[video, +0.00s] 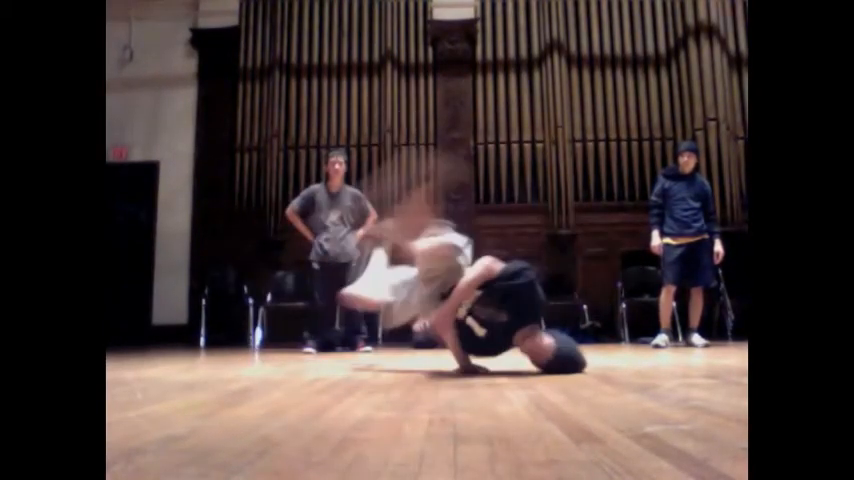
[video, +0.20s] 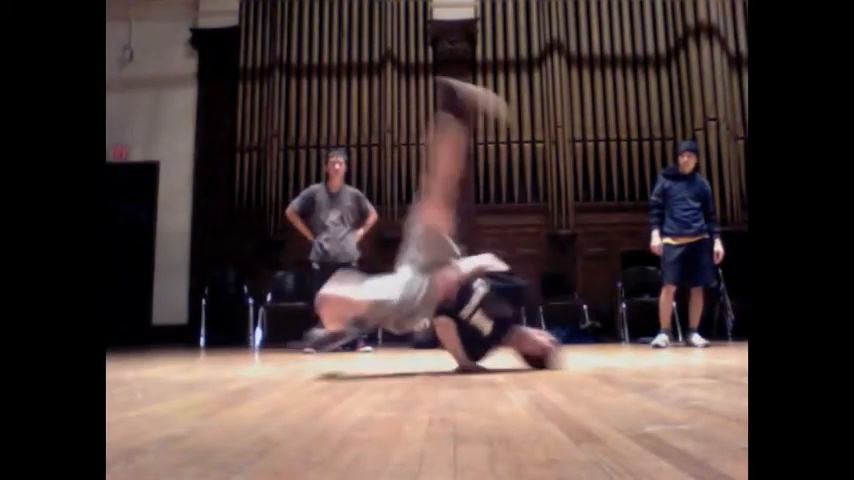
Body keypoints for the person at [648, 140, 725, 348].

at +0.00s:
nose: (686, 161)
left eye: (690, 157)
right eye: (683, 156)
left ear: (696, 160)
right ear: (677, 159)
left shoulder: (702, 184)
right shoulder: (665, 181)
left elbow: (710, 215)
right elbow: (655, 208)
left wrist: (716, 239)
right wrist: (655, 233)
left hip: (699, 240)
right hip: (673, 240)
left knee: (697, 287)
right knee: (669, 286)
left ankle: (693, 332)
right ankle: (664, 332)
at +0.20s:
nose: (686, 161)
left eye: (690, 157)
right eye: (683, 156)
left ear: (696, 160)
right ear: (677, 159)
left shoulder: (702, 184)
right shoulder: (665, 181)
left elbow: (710, 215)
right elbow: (655, 208)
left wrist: (716, 239)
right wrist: (655, 233)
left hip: (699, 240)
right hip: (673, 240)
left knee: (697, 287)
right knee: (669, 286)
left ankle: (693, 332)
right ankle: (664, 332)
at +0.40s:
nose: (686, 160)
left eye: (691, 156)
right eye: (683, 156)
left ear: (697, 159)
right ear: (678, 158)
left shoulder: (702, 184)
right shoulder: (665, 181)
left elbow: (710, 215)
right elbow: (655, 208)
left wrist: (716, 240)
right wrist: (655, 233)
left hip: (699, 240)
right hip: (673, 240)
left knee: (697, 287)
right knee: (669, 286)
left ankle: (693, 332)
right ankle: (664, 332)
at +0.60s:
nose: (685, 160)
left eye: (689, 156)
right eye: (682, 156)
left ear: (696, 159)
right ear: (677, 158)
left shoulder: (702, 184)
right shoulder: (665, 181)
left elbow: (711, 215)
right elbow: (656, 209)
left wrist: (716, 239)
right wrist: (655, 233)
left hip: (699, 240)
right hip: (673, 241)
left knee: (697, 288)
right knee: (669, 287)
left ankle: (693, 332)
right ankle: (664, 332)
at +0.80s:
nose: (685, 160)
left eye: (689, 156)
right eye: (681, 156)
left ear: (696, 159)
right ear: (677, 158)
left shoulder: (702, 184)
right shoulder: (665, 181)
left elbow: (711, 215)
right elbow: (656, 209)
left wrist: (716, 239)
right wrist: (655, 233)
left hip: (699, 240)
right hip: (673, 240)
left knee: (697, 288)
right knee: (669, 287)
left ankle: (693, 332)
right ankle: (664, 332)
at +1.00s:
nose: (684, 160)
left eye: (688, 156)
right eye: (681, 155)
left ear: (695, 159)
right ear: (676, 158)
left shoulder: (702, 184)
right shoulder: (664, 181)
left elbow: (710, 215)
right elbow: (655, 209)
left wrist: (716, 239)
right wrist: (655, 234)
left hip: (699, 240)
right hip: (672, 241)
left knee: (697, 288)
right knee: (669, 287)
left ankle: (693, 332)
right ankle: (664, 332)